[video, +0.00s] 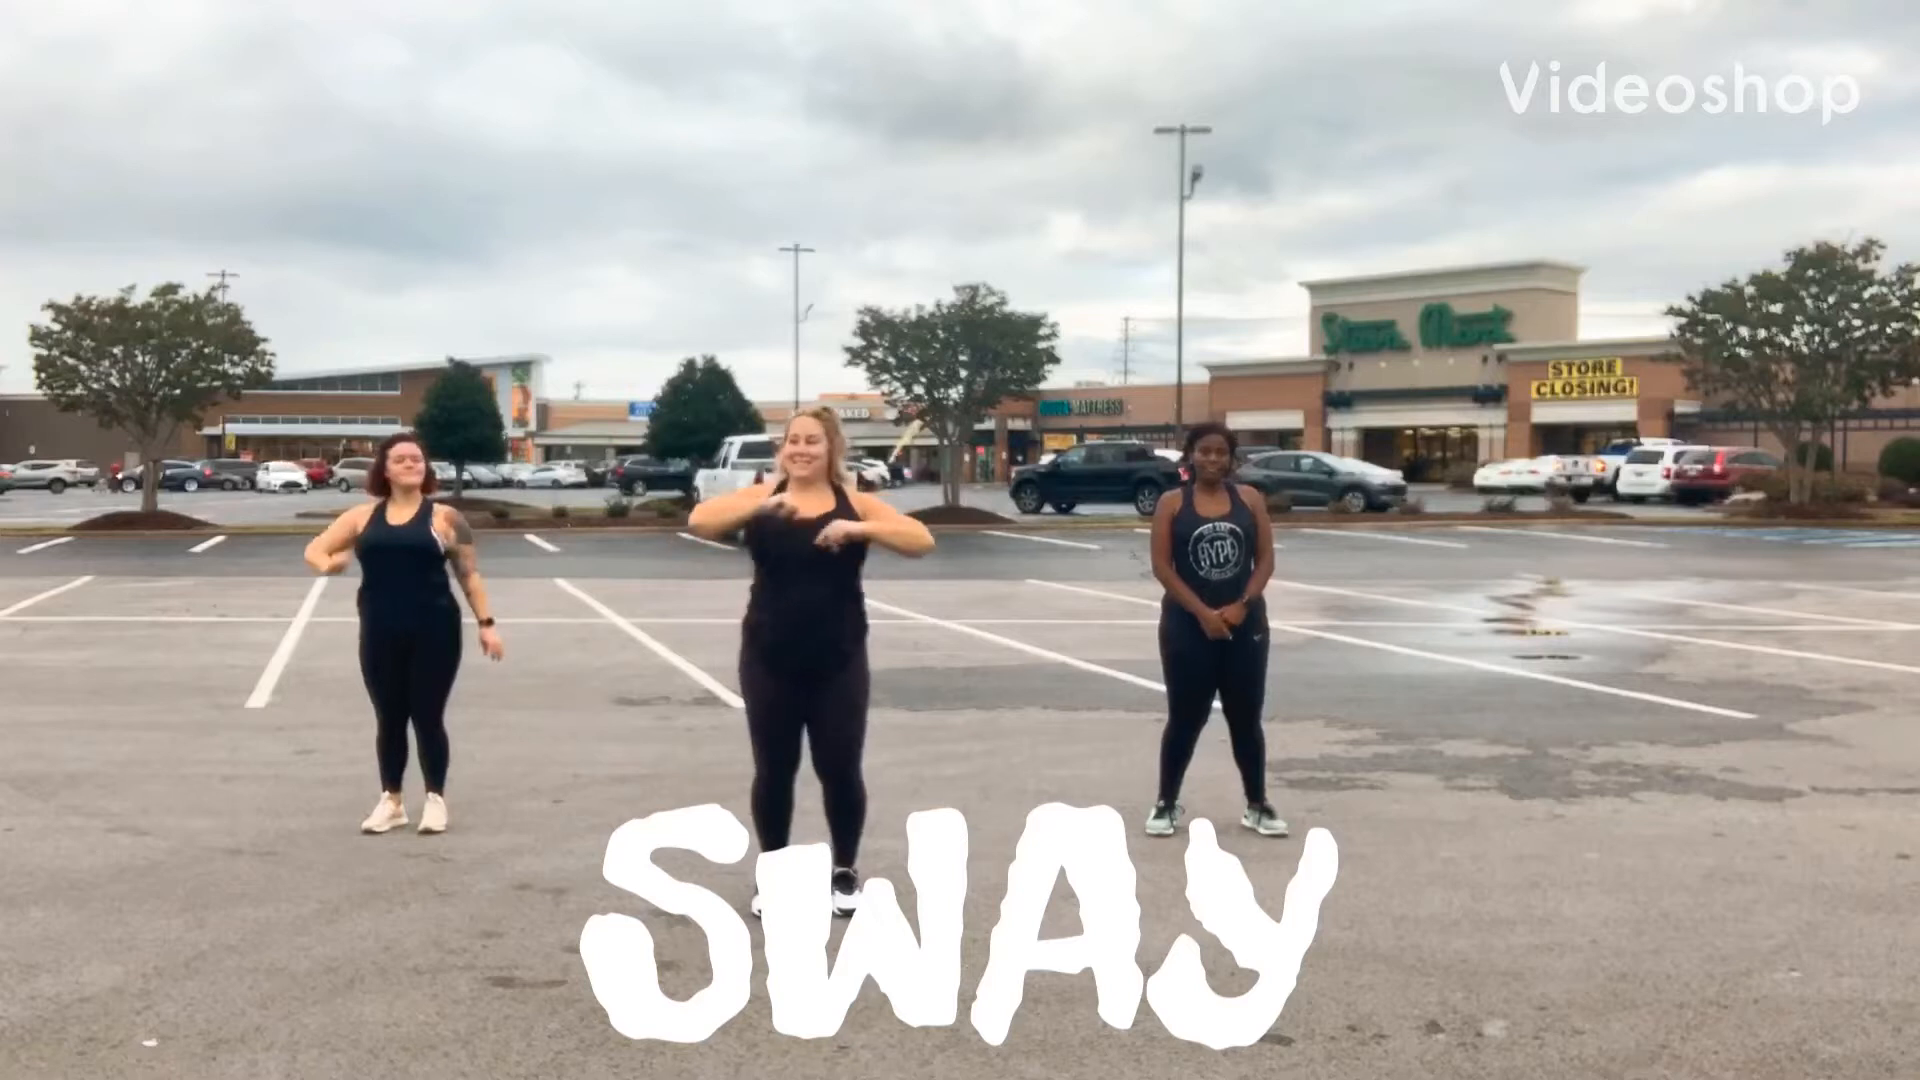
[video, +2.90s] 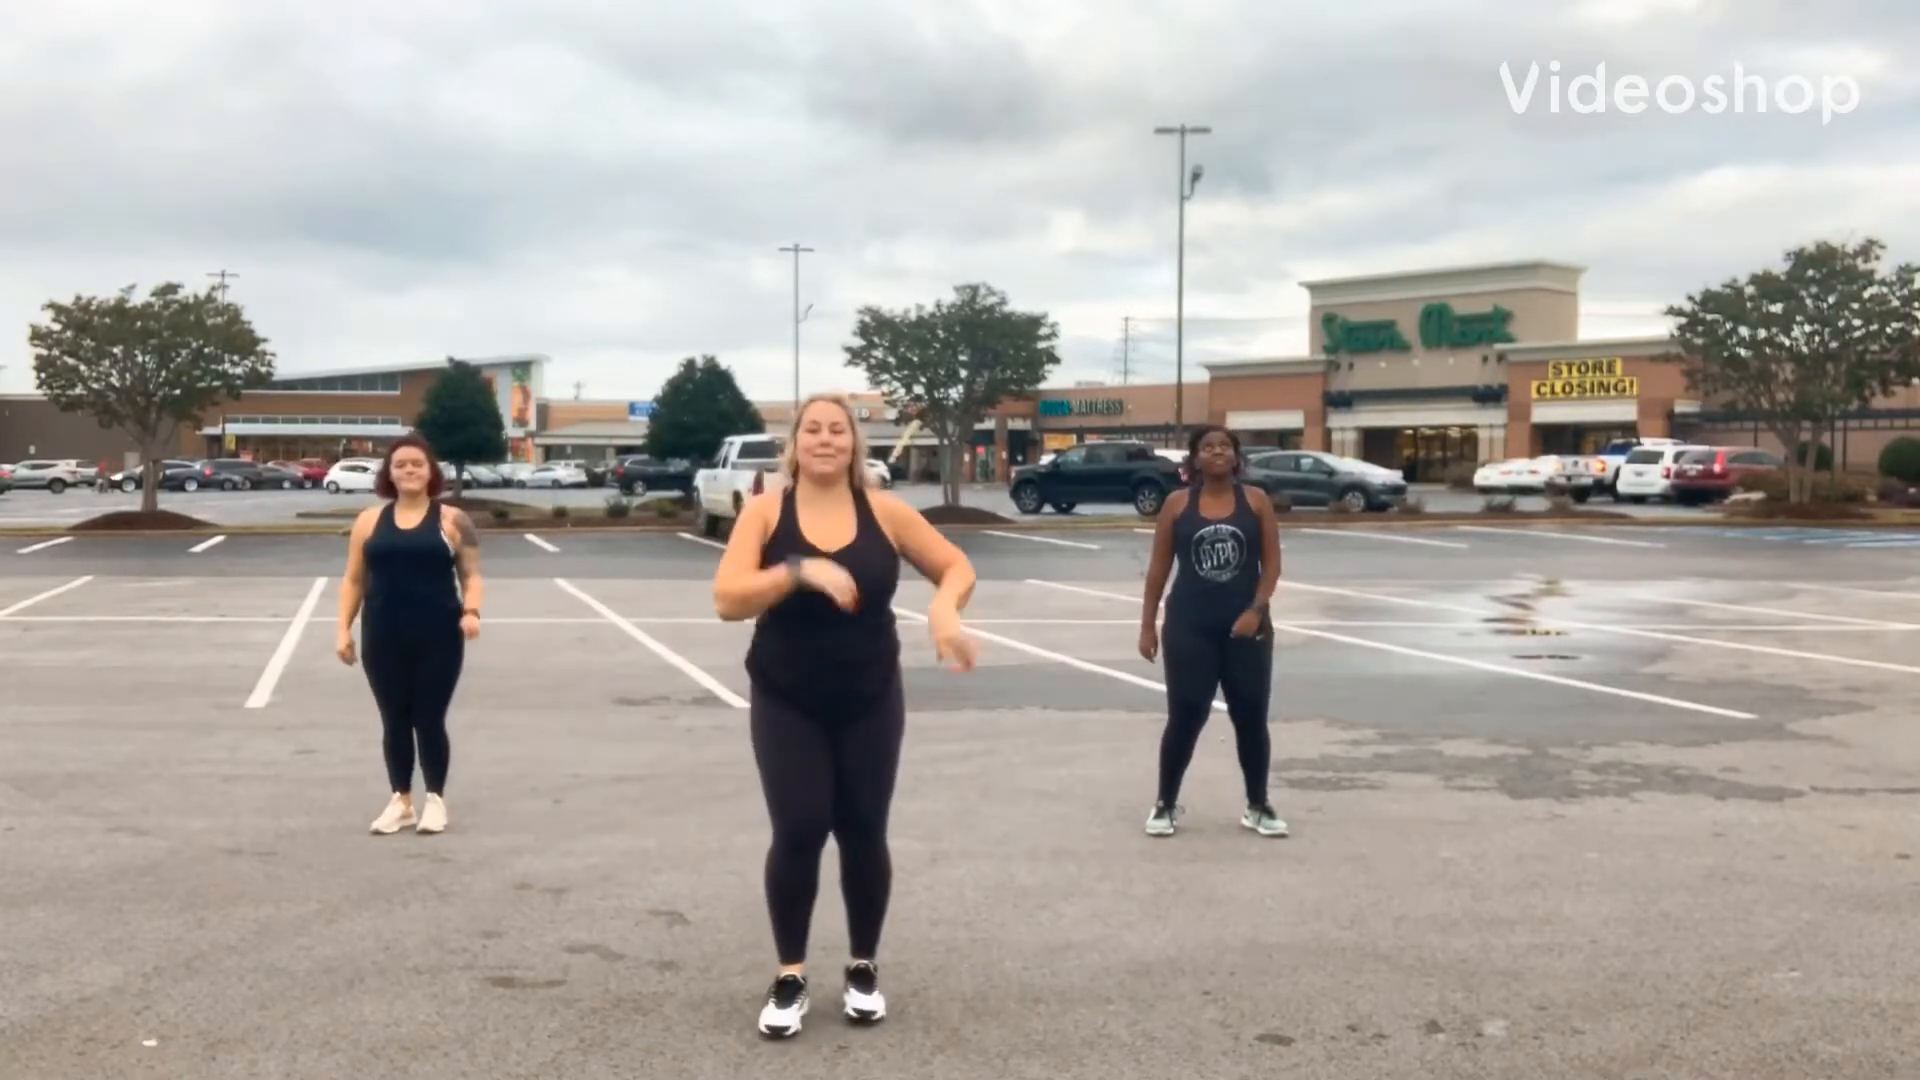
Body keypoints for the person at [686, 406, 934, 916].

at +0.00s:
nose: (800, 449)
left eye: (811, 441)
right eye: (793, 441)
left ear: (832, 450)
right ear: (781, 450)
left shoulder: (856, 502)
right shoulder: (760, 498)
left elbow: (922, 540)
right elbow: (698, 520)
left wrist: (860, 528)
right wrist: (762, 503)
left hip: (838, 662)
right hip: (768, 662)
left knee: (840, 773)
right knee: (773, 775)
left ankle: (844, 871)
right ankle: (770, 873)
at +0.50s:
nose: (804, 446)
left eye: (815, 438)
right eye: (797, 438)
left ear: (837, 449)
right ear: (787, 448)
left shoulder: (861, 506)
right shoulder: (768, 495)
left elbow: (891, 552)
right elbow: (734, 526)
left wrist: (921, 593)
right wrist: (702, 547)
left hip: (848, 662)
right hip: (780, 661)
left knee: (843, 770)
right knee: (775, 775)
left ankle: (845, 871)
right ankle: (772, 875)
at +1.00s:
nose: (795, 448)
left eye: (805, 439)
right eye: (785, 439)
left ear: (820, 448)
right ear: (770, 448)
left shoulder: (845, 505)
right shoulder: (744, 504)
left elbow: (862, 575)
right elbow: (728, 576)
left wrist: (872, 637)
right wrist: (725, 631)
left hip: (826, 658)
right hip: (755, 658)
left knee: (824, 767)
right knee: (765, 772)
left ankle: (839, 863)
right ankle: (769, 873)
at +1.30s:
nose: (803, 450)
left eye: (813, 442)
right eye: (794, 442)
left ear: (829, 451)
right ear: (778, 450)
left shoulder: (851, 510)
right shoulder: (749, 507)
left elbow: (897, 568)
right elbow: (714, 561)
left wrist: (942, 575)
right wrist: (689, 597)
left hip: (834, 670)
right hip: (763, 670)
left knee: (832, 779)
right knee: (770, 778)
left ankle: (845, 892)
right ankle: (772, 879)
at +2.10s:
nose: (819, 451)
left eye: (830, 441)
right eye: (809, 441)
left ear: (848, 452)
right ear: (792, 452)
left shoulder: (877, 516)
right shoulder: (761, 517)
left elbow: (919, 590)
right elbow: (714, 576)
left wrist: (898, 657)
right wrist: (732, 625)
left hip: (861, 703)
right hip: (780, 701)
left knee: (853, 828)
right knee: (786, 833)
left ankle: (849, 915)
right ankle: (784, 975)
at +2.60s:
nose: (814, 436)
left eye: (826, 425)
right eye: (802, 426)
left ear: (844, 439)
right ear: (782, 440)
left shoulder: (870, 502)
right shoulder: (752, 509)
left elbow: (928, 542)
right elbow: (681, 579)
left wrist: (929, 578)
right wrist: (732, 574)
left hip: (858, 701)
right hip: (772, 704)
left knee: (855, 838)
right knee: (783, 841)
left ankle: (863, 974)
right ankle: (787, 981)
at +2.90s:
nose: (824, 439)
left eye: (836, 430)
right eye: (813, 430)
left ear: (854, 444)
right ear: (794, 442)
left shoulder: (883, 508)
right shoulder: (765, 510)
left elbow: (958, 569)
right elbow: (727, 598)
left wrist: (944, 610)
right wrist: (796, 571)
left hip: (869, 702)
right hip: (786, 703)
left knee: (863, 832)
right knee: (799, 829)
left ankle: (862, 970)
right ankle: (790, 976)